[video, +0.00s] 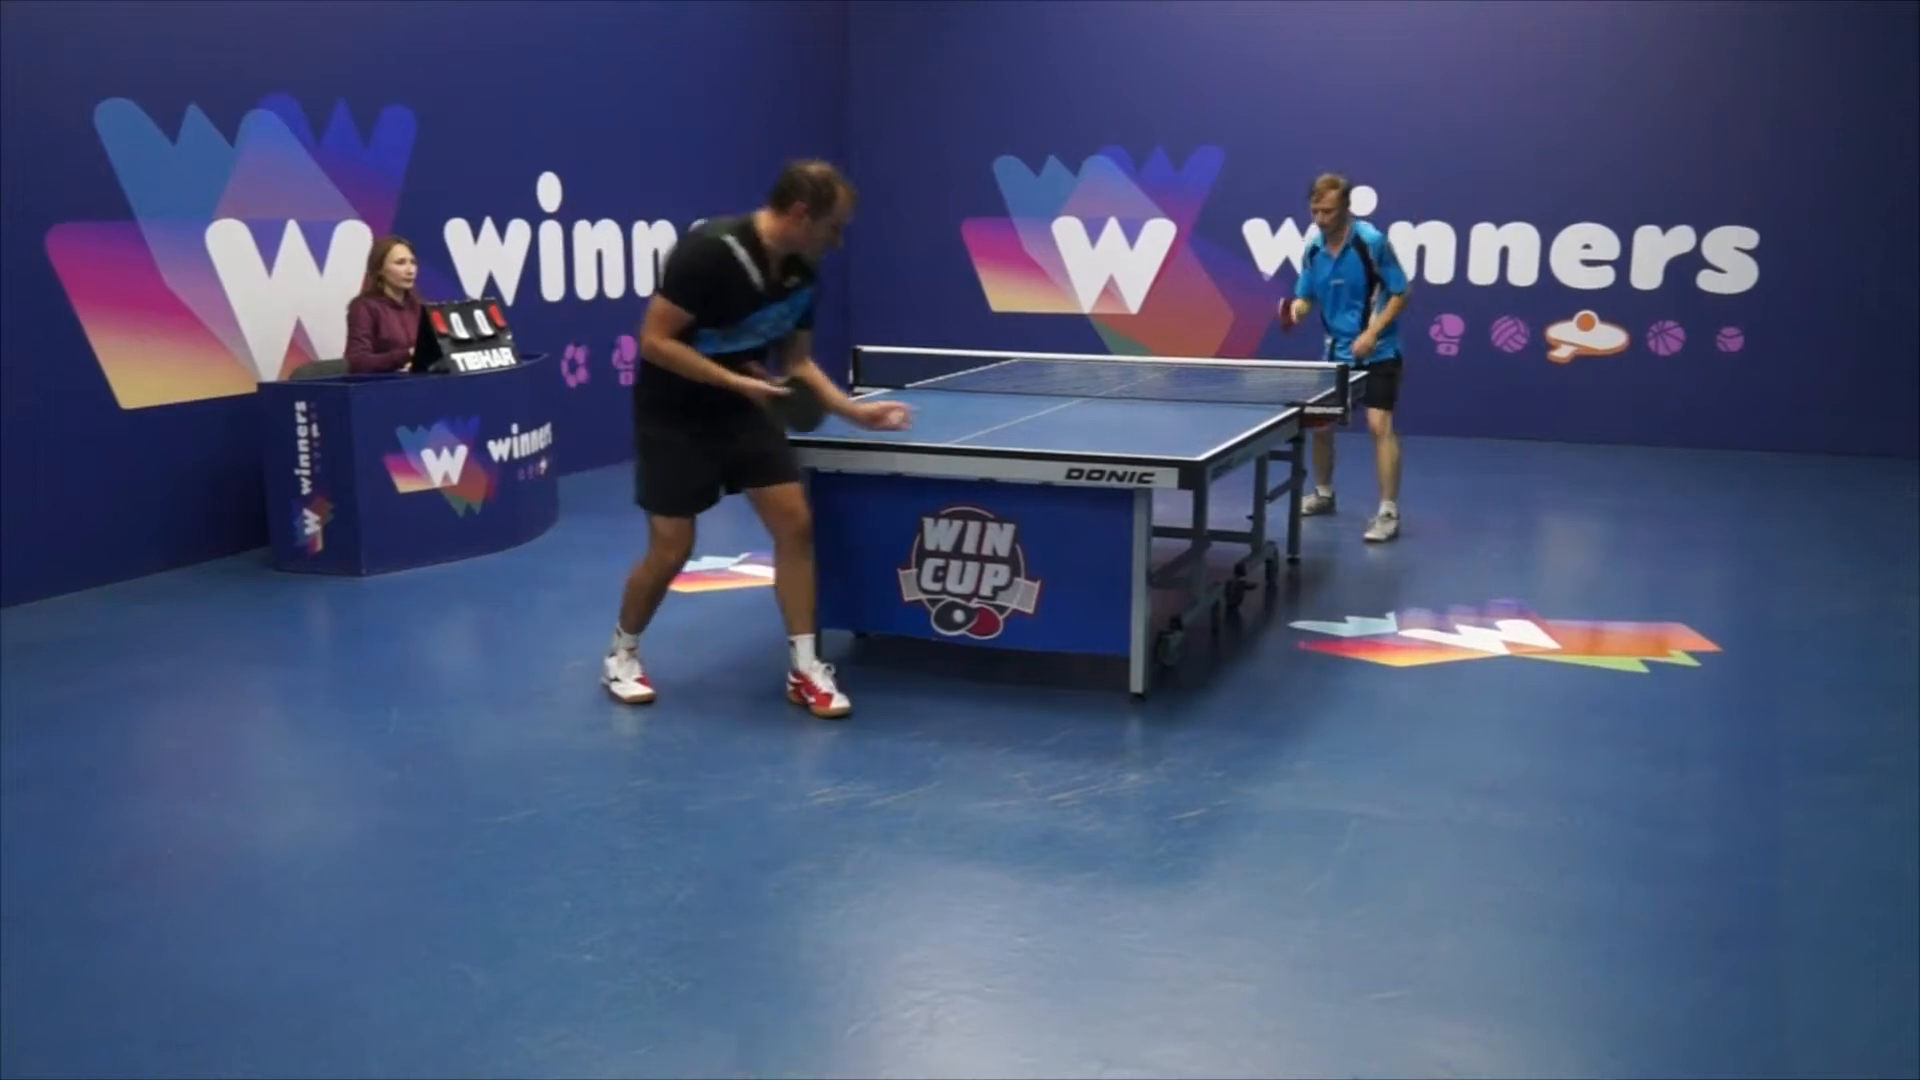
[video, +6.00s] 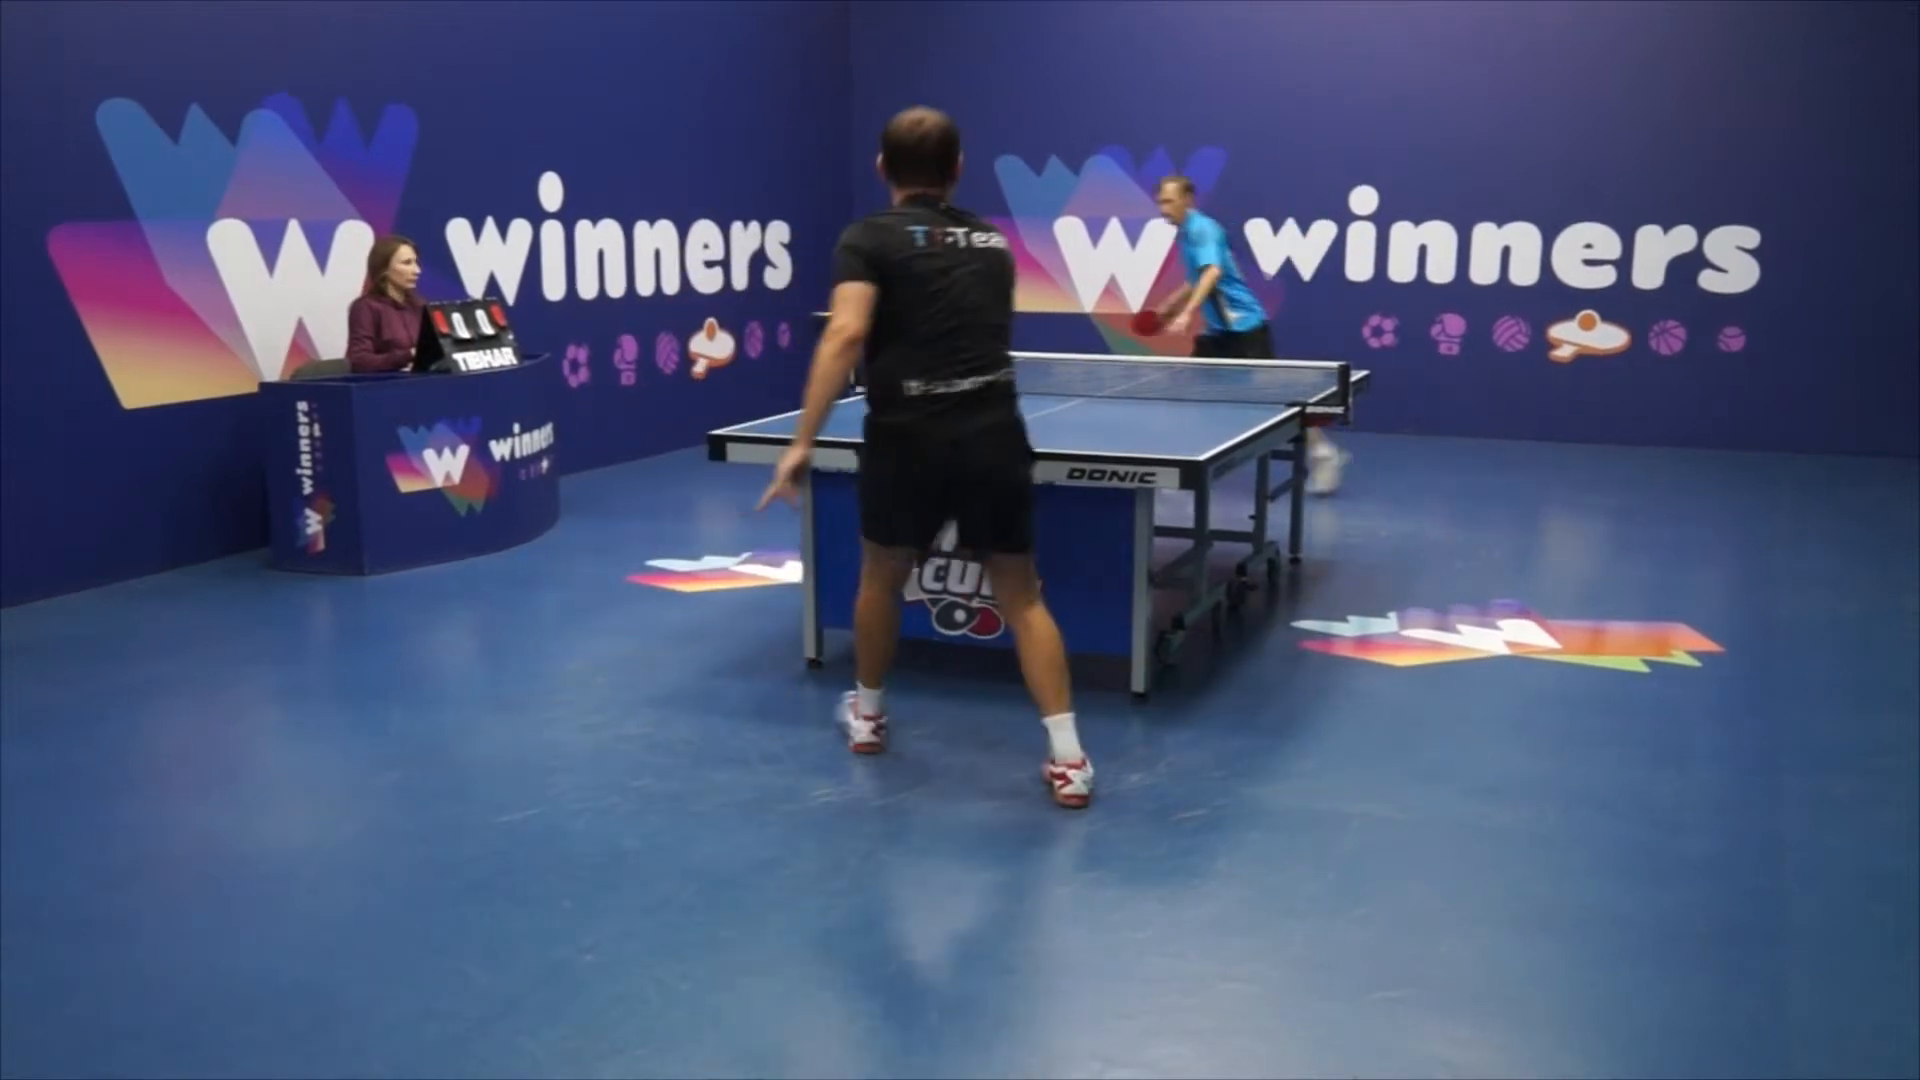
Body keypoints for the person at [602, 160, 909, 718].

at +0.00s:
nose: (837, 239)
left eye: (840, 229)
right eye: (833, 227)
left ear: (802, 217)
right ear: (799, 214)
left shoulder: (800, 270)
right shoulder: (708, 250)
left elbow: (795, 361)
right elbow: (654, 340)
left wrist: (854, 409)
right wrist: (737, 382)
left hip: (745, 402)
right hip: (673, 405)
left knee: (794, 522)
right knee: (671, 548)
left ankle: (806, 666)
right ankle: (621, 653)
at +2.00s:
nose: (857, 232)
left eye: (856, 220)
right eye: (856, 221)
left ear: (800, 207)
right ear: (841, 220)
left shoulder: (754, 239)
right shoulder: (782, 278)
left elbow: (674, 304)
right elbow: (722, 363)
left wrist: (718, 371)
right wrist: (790, 436)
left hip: (678, 399)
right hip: (685, 409)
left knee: (758, 529)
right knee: (764, 558)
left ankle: (749, 655)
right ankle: (679, 694)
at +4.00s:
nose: (533, 198)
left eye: (531, 185)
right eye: (529, 186)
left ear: (457, 189)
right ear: (506, 190)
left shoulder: (411, 259)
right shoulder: (525, 292)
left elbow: (450, 368)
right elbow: (602, 368)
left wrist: (533, 404)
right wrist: (658, 358)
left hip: (433, 468)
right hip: (502, 474)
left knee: (454, 609)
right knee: (589, 622)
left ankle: (342, 740)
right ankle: (616, 811)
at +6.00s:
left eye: (887, 161)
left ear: (884, 170)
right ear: (956, 171)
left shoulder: (869, 239)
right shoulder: (991, 242)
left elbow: (845, 337)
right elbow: (987, 339)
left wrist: (801, 442)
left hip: (904, 445)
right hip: (992, 438)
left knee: (882, 579)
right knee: (1022, 595)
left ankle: (867, 712)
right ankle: (1069, 758)